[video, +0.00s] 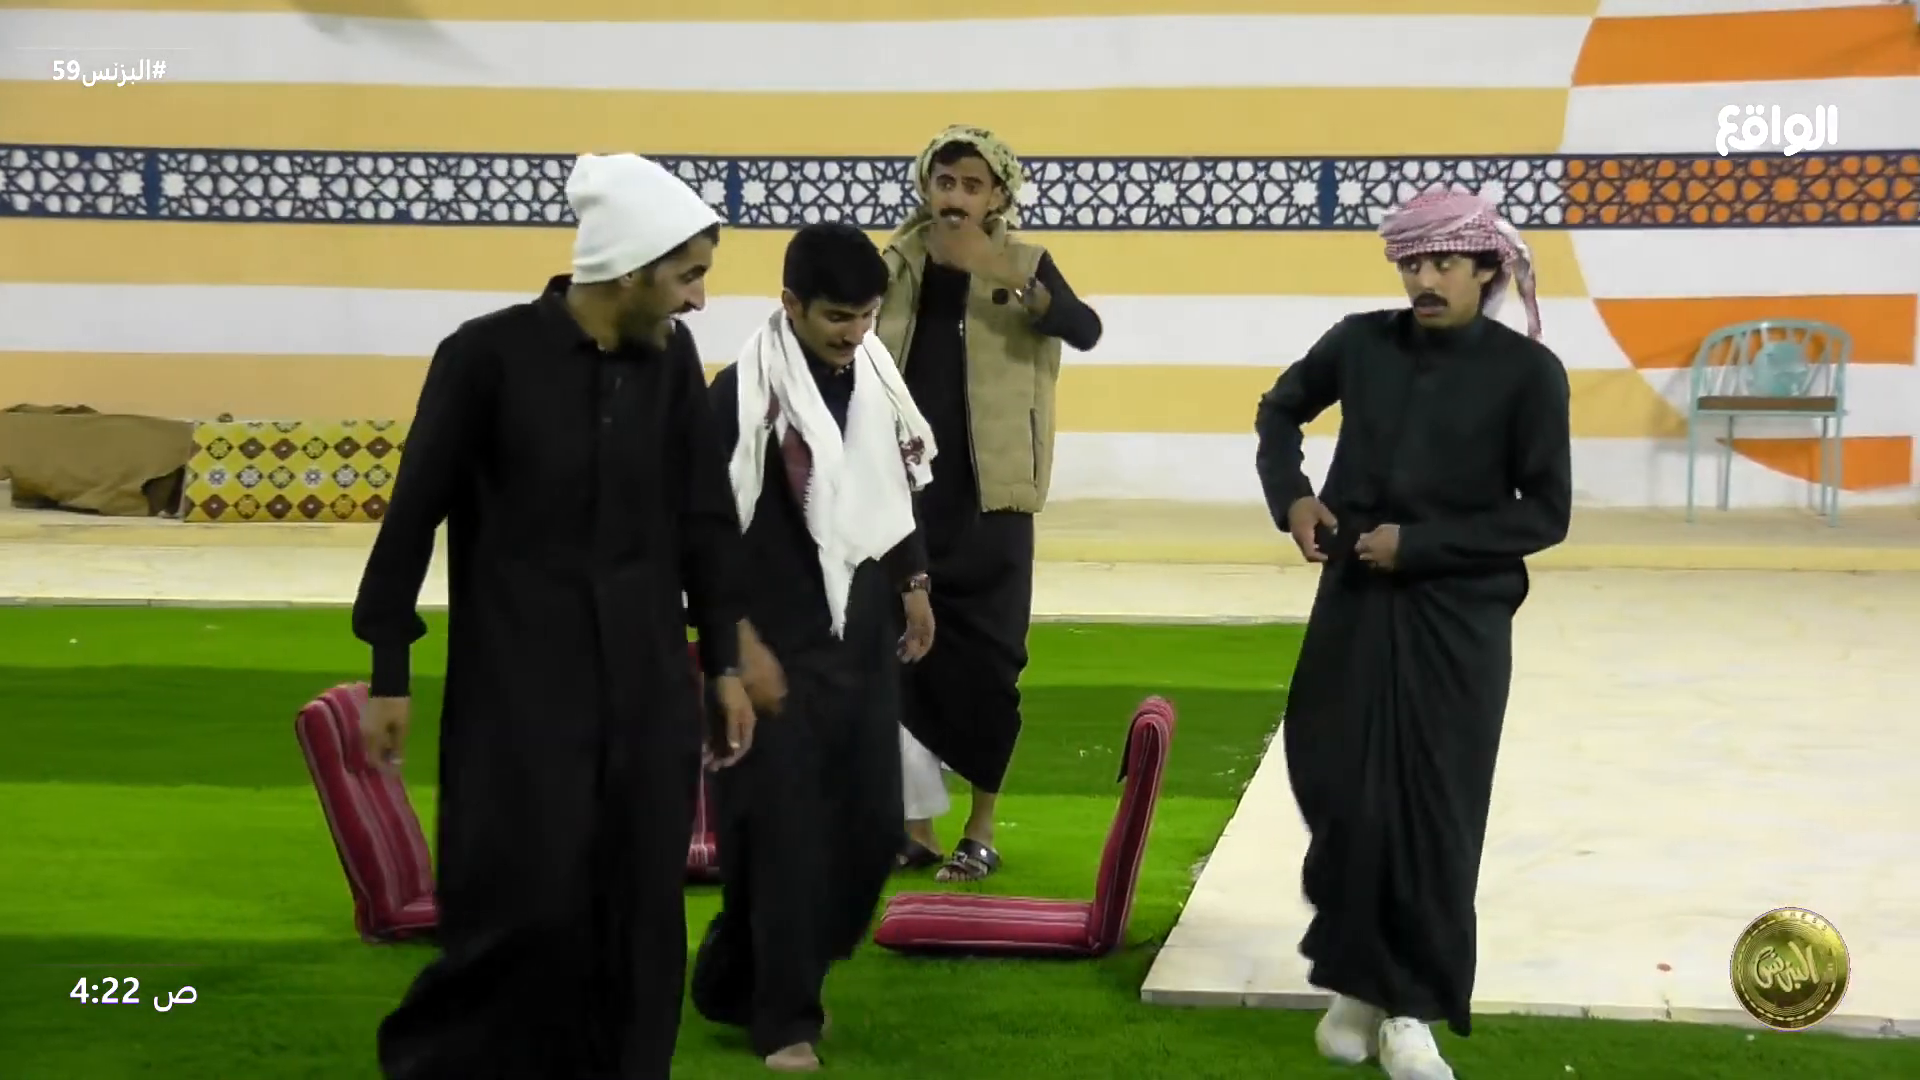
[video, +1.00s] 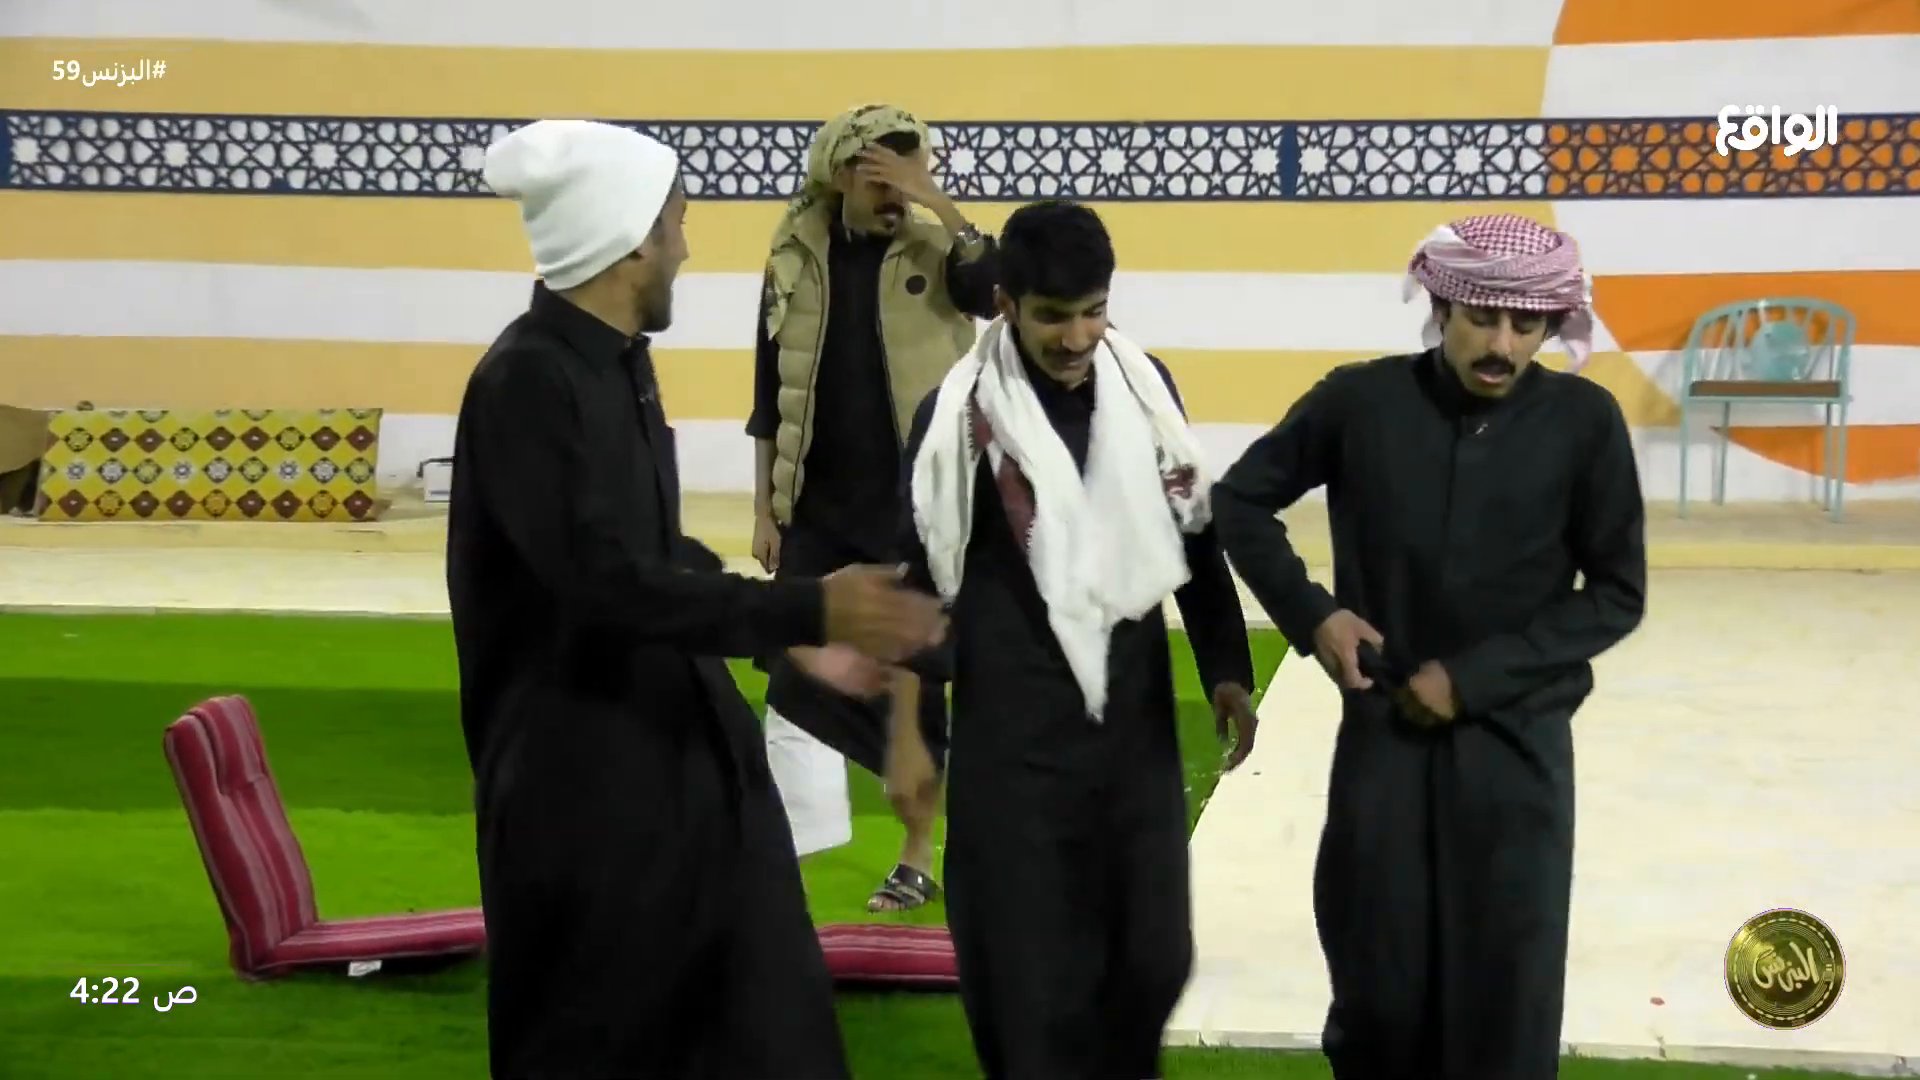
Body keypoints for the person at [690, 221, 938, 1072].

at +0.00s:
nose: (856, 332)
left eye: (867, 315)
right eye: (838, 318)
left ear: (879, 304)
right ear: (792, 303)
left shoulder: (875, 373)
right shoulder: (742, 393)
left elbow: (892, 490)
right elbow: (704, 532)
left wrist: (914, 582)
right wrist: (740, 641)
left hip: (863, 645)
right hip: (777, 650)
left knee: (868, 830)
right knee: (783, 832)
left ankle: (735, 972)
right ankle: (784, 1022)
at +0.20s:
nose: (895, 338)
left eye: (908, 322)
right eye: (879, 322)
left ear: (922, 314)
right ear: (833, 307)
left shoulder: (917, 389)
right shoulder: (776, 401)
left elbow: (925, 523)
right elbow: (745, 527)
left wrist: (919, 625)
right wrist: (805, 611)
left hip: (901, 646)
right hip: (803, 649)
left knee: (923, 835)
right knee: (788, 838)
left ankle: (945, 1042)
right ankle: (773, 1030)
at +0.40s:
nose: (966, 343)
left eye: (979, 327)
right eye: (949, 326)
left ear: (991, 319)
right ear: (900, 308)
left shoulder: (978, 390)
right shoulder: (839, 397)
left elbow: (978, 512)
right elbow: (792, 538)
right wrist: (808, 656)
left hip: (961, 668)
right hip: (864, 670)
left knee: (963, 863)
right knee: (850, 853)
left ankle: (944, 1052)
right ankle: (794, 1009)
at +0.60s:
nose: (1018, 333)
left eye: (1033, 317)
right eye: (1000, 316)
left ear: (1047, 302)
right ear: (954, 292)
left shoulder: (1048, 374)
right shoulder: (891, 370)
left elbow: (1086, 520)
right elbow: (829, 507)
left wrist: (1124, 651)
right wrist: (797, 637)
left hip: (1010, 675)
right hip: (900, 675)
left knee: (997, 906)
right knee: (943, 893)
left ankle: (977, 1067)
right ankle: (864, 1041)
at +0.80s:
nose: (1042, 342)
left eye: (1058, 323)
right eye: (1022, 325)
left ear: (1075, 308)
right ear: (979, 307)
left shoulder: (1100, 386)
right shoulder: (922, 405)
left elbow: (1155, 521)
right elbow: (858, 545)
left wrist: (1209, 632)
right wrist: (821, 686)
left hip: (1067, 693)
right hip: (958, 698)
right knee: (990, 940)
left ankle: (982, 1042)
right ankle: (1004, 1067)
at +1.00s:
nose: (1074, 335)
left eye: (1091, 314)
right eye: (1052, 317)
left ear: (1108, 299)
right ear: (1006, 303)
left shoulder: (1142, 382)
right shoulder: (955, 414)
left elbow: (1195, 539)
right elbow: (915, 581)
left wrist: (1228, 672)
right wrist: (908, 731)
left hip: (1134, 717)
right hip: (1010, 725)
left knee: (1155, 957)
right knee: (1028, 969)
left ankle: (1112, 1067)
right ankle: (1038, 1075)